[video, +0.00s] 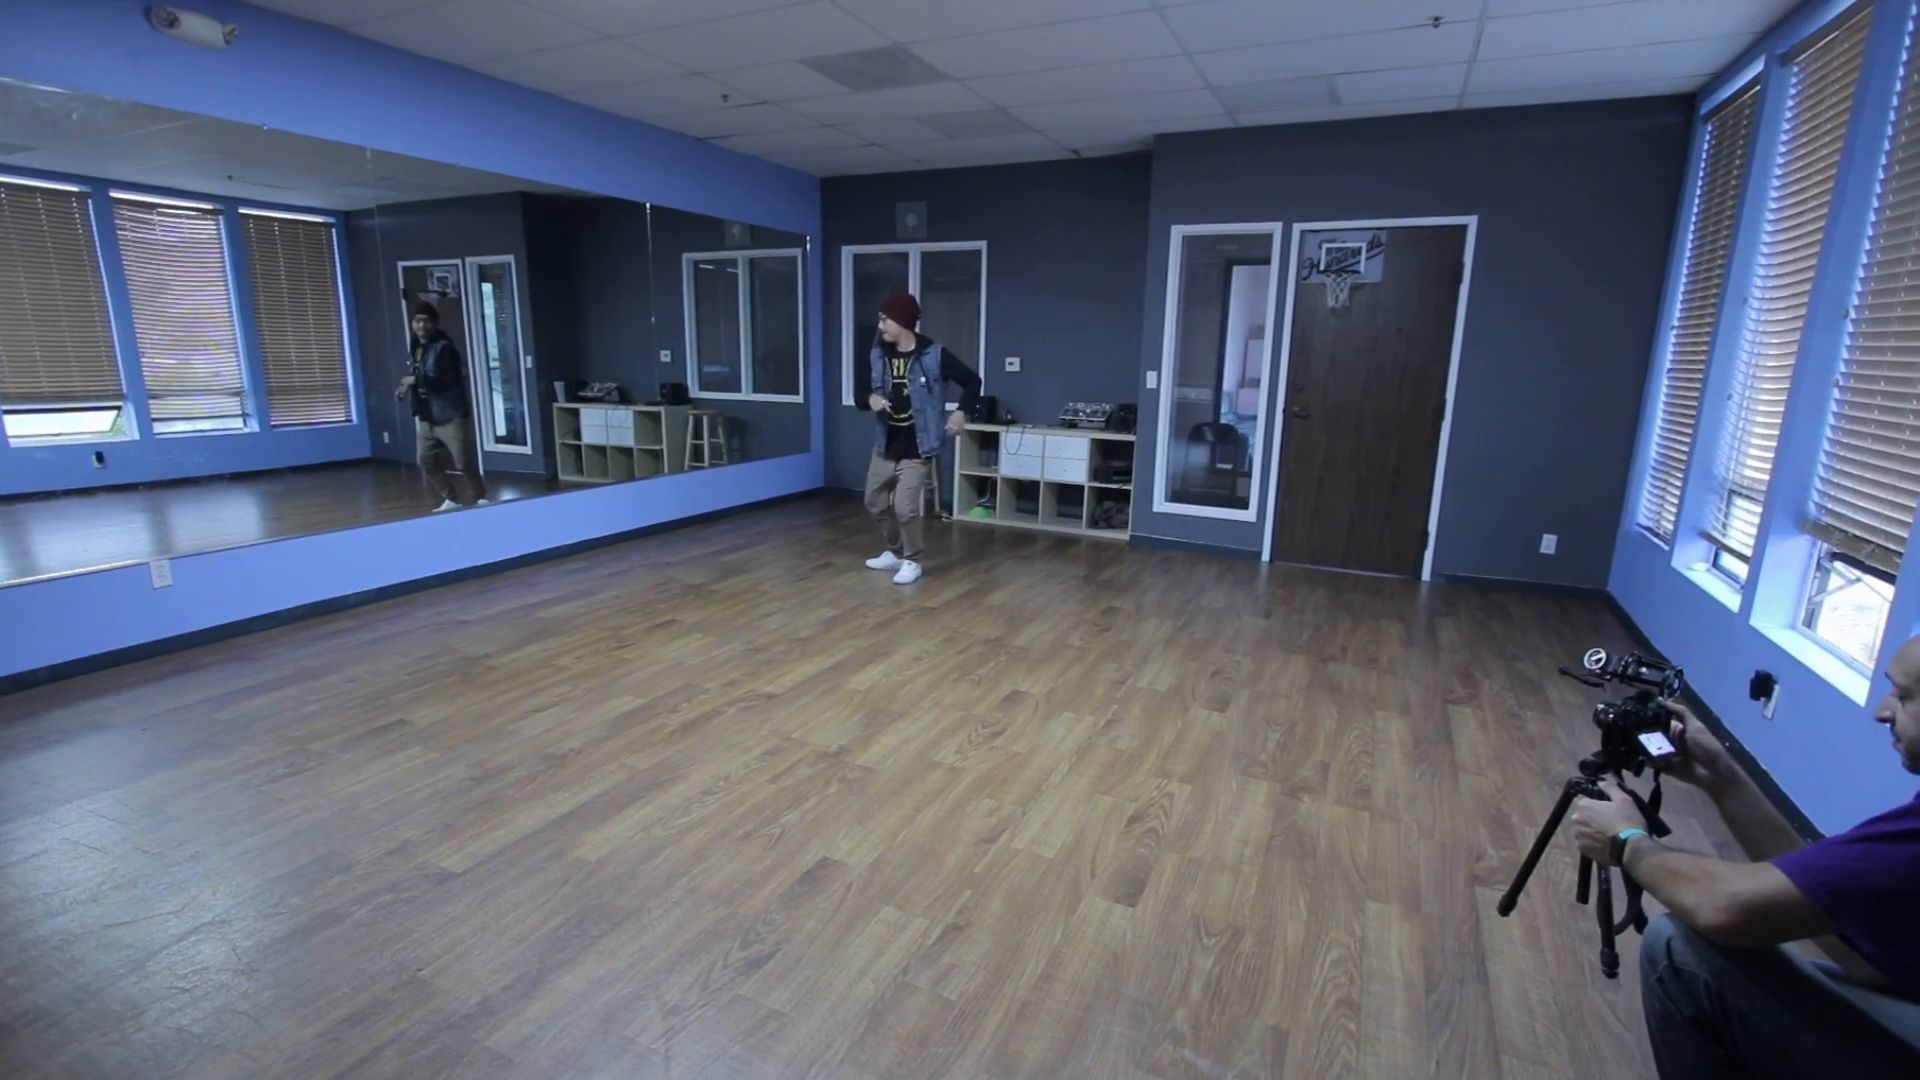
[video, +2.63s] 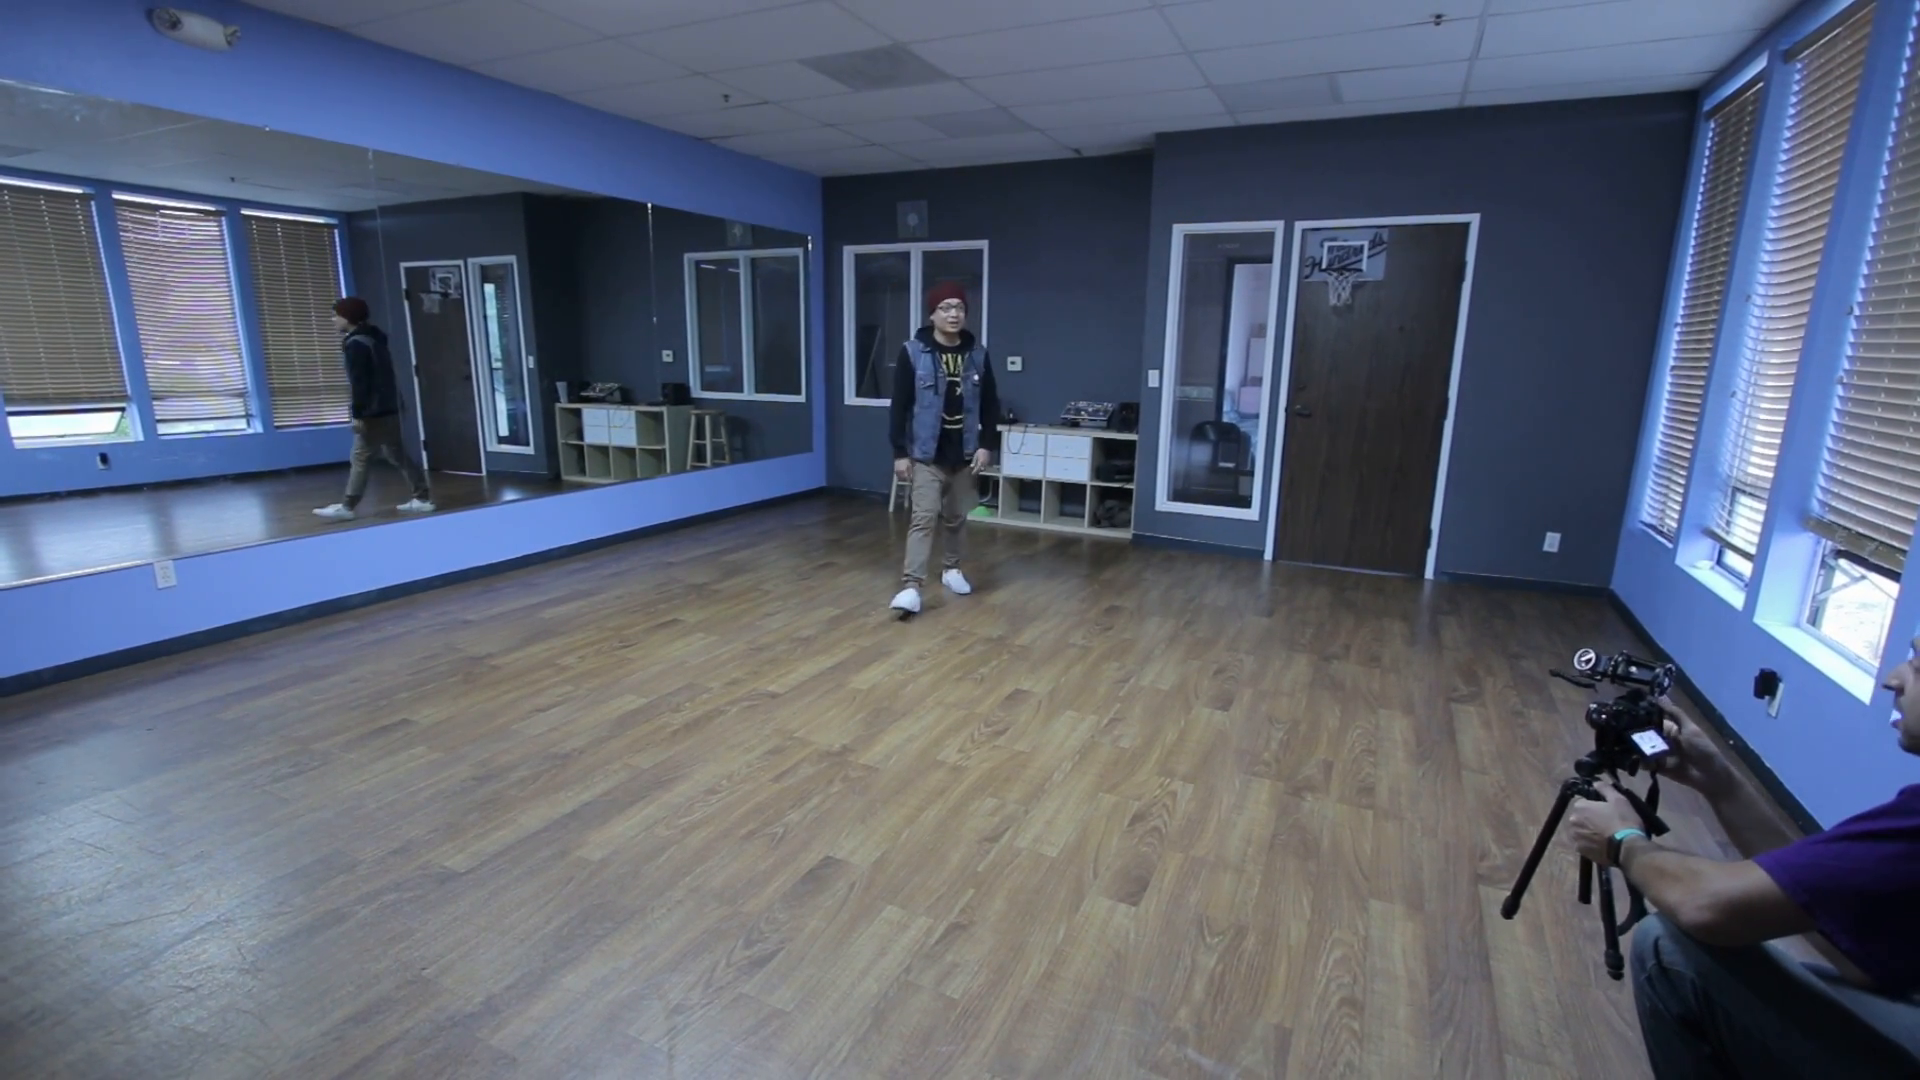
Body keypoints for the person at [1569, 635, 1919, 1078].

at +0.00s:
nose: (1884, 711)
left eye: (1903, 696)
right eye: (1893, 692)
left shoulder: (1913, 829)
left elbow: (1725, 911)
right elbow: (1864, 952)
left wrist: (1626, 842)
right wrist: (1723, 779)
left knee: (1681, 948)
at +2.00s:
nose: (1860, 720)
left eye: (1881, 702)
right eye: (1869, 700)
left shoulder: (1912, 819)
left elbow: (1714, 910)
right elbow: (1866, 960)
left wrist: (1619, 844)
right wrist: (1716, 779)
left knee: (1673, 950)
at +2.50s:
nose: (1875, 692)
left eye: (1897, 678)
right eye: (1887, 675)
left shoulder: (1913, 815)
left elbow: (1709, 908)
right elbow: (1867, 957)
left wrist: (1623, 842)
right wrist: (1720, 781)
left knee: (1672, 949)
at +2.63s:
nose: (1894, 677)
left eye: (1915, 658)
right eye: (1909, 657)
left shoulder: (1915, 813)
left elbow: (1709, 909)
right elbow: (1861, 950)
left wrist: (1622, 842)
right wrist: (1721, 784)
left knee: (1671, 949)